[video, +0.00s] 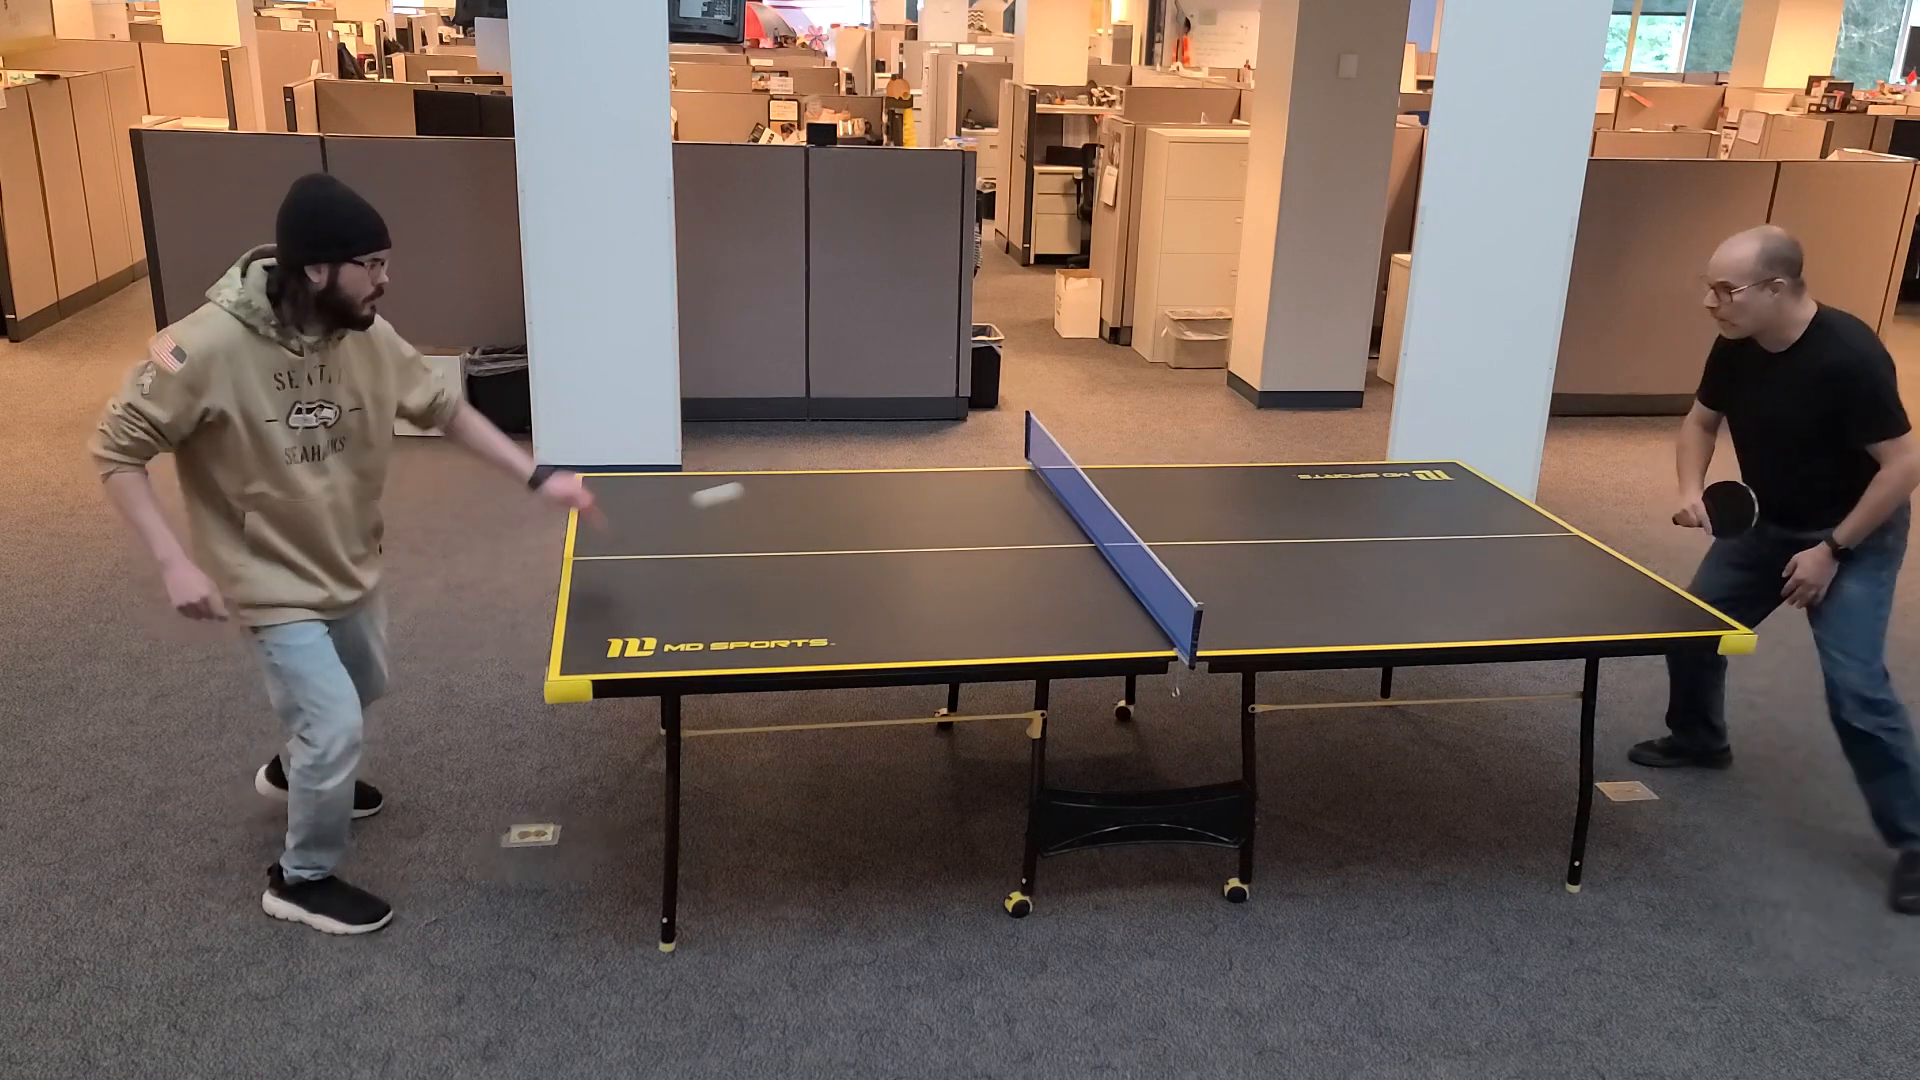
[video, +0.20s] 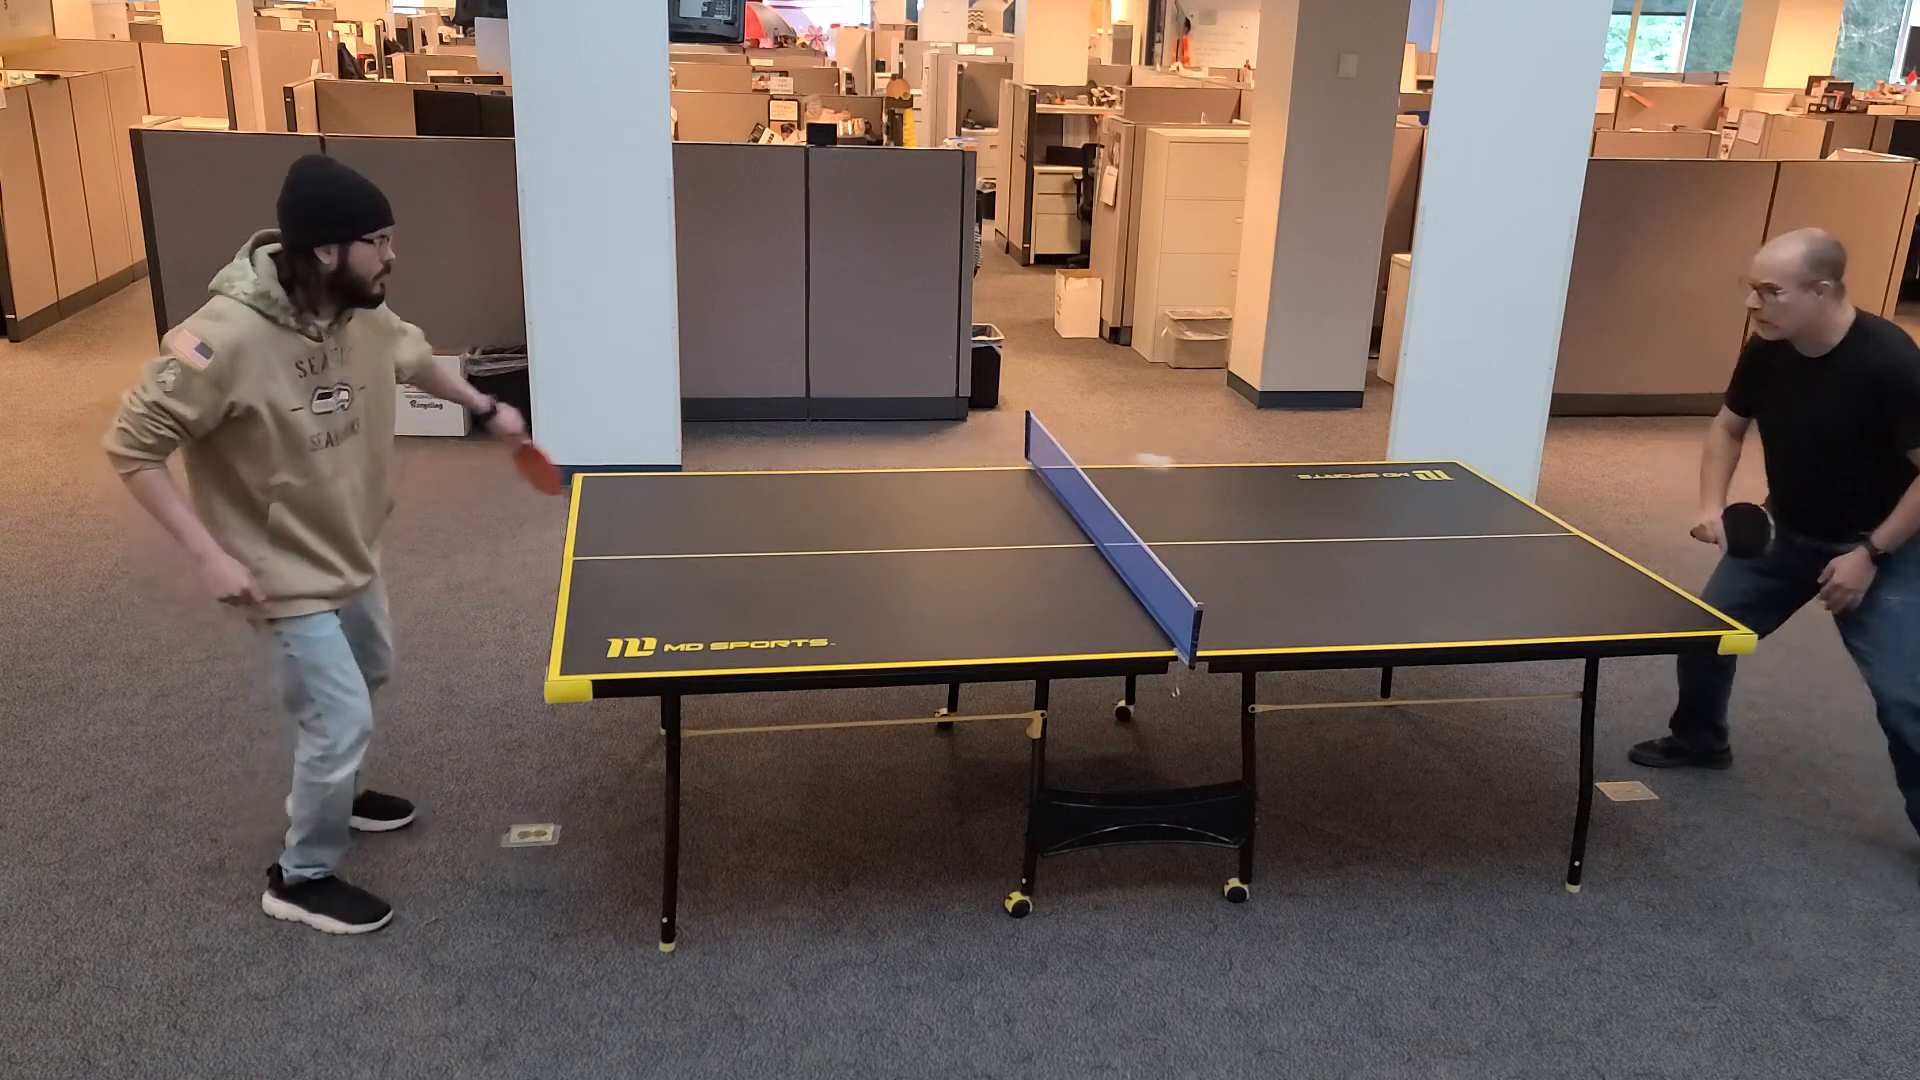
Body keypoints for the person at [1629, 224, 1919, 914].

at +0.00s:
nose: (1711, 300)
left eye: (1725, 289)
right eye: (1709, 287)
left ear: (1779, 289)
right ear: (1762, 288)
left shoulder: (1854, 355)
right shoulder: (1733, 346)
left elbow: (1903, 467)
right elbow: (1699, 425)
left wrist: (1831, 549)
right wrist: (1691, 488)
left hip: (1858, 536)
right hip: (1769, 523)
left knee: (1854, 687)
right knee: (1691, 624)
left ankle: (1912, 843)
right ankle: (1699, 739)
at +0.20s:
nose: (1755, 302)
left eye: (1771, 291)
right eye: (1754, 288)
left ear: (1825, 291)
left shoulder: (1894, 362)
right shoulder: (1765, 353)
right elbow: (1728, 428)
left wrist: (1872, 553)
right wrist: (1711, 503)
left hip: (1885, 552)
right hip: (1788, 538)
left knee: (1906, 701)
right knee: (1705, 631)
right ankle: (1700, 740)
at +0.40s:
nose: (1812, 325)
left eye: (1829, 313)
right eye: (1810, 308)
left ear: (1885, 312)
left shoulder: (1919, 374)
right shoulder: (1812, 365)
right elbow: (1775, 447)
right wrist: (1764, 528)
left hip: (1907, 567)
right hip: (1826, 546)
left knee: (1910, 713)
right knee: (1736, 633)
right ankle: (1704, 739)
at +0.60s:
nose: (1859, 326)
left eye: (1878, 315)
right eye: (1857, 309)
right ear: (1855, 301)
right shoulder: (1841, 367)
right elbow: (1763, 435)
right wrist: (1704, 485)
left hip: (1917, 567)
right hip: (1846, 541)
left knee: (1919, 716)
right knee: (1757, 645)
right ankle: (1706, 742)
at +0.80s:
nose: (1854, 317)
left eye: (1871, 305)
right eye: (1854, 300)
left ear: (1915, 309)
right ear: (1857, 296)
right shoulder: (1841, 353)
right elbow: (1737, 395)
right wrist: (1672, 410)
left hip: (1910, 558)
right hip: (1831, 528)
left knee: (1916, 713)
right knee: (1735, 632)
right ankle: (1689, 730)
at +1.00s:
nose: (1787, 310)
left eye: (1805, 301)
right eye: (1789, 296)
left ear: (1866, 305)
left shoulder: (1910, 375)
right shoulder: (1781, 356)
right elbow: (1698, 404)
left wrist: (1918, 581)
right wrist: (1653, 431)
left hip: (1876, 552)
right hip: (1779, 527)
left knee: (1899, 705)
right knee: (1680, 615)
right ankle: (1611, 709)